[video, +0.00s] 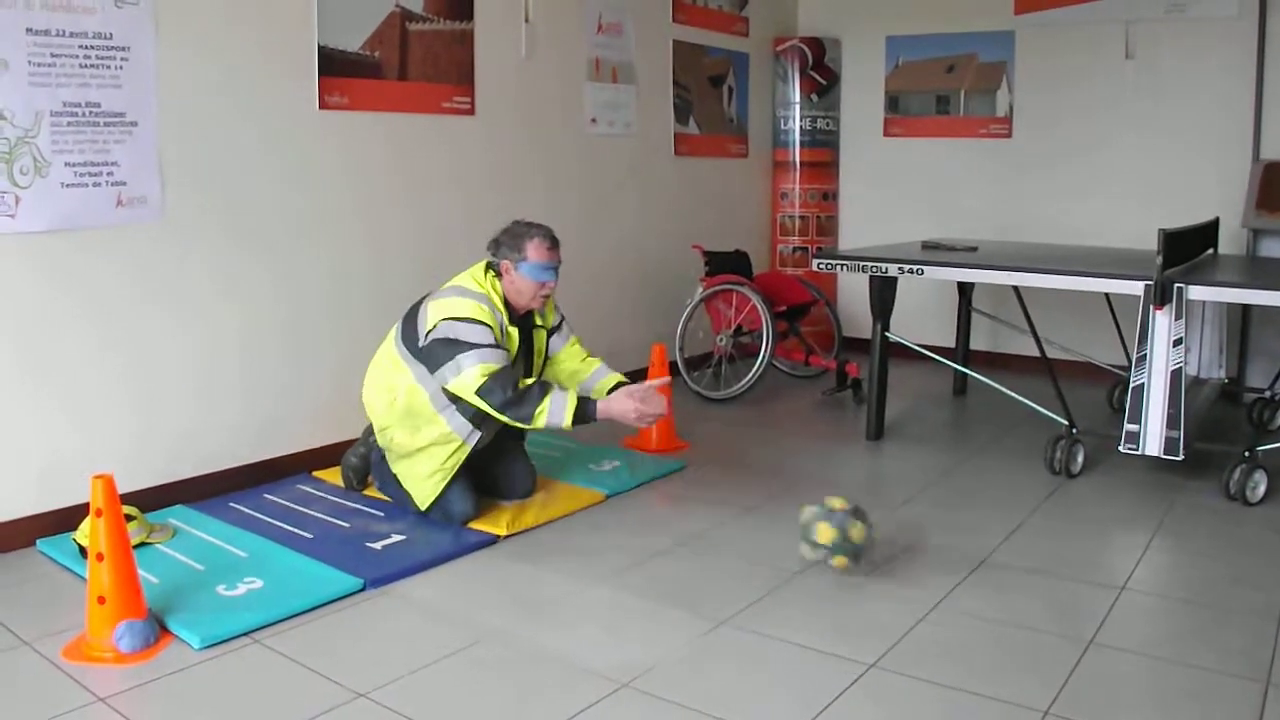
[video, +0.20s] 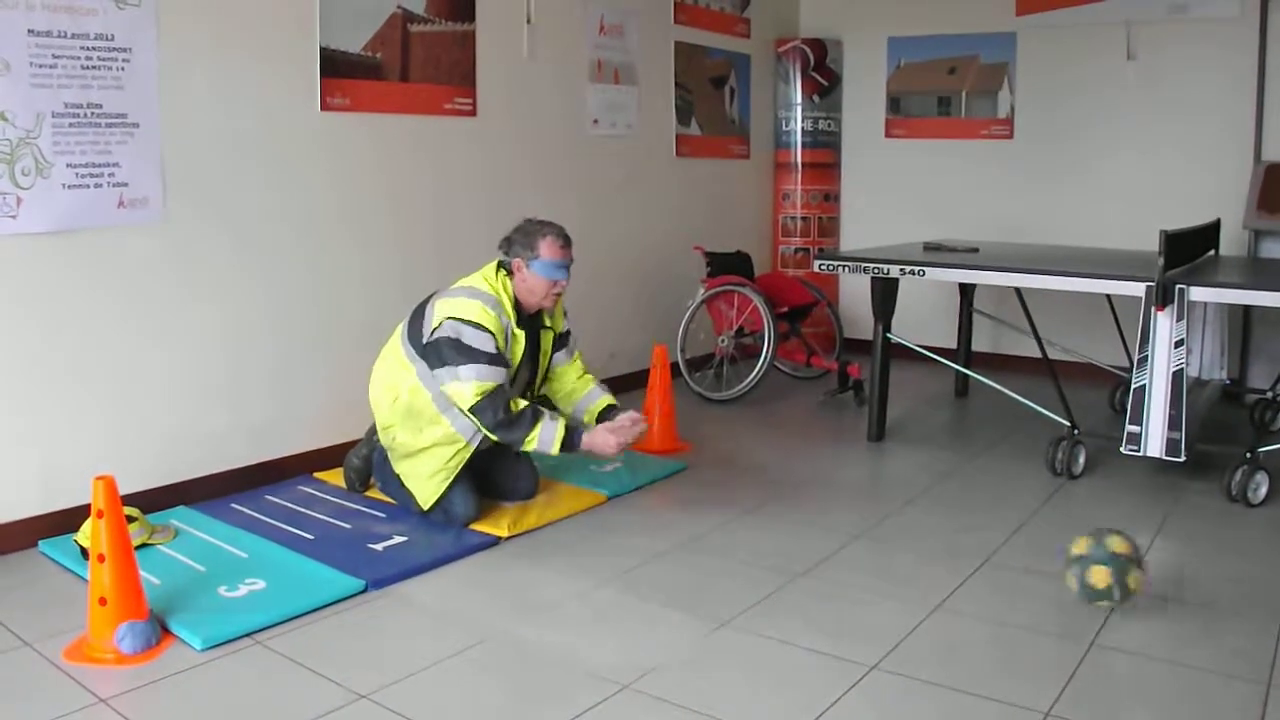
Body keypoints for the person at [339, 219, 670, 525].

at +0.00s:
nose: (550, 286)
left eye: (554, 274)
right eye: (541, 274)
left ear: (559, 272)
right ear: (505, 271)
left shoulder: (536, 305)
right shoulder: (462, 313)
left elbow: (570, 362)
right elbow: (504, 397)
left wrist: (622, 392)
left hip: (471, 405)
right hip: (410, 416)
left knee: (516, 485)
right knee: (456, 509)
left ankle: (432, 447)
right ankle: (377, 455)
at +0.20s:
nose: (562, 286)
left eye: (566, 275)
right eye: (553, 275)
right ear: (518, 269)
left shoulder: (547, 307)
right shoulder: (468, 314)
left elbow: (566, 378)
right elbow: (493, 413)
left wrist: (609, 415)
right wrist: (581, 439)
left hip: (467, 412)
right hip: (413, 421)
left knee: (519, 485)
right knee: (457, 511)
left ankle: (427, 449)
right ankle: (378, 455)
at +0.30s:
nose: (569, 290)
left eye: (573, 279)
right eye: (560, 279)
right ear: (524, 272)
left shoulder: (551, 316)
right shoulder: (471, 317)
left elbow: (556, 388)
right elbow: (465, 419)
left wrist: (584, 444)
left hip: (473, 414)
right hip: (411, 421)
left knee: (520, 490)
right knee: (459, 510)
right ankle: (379, 456)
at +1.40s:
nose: (569, 302)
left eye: (574, 292)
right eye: (560, 290)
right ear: (526, 283)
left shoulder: (554, 334)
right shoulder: (472, 319)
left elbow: (553, 411)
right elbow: (438, 412)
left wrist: (571, 484)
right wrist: (441, 513)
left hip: (482, 420)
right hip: (409, 425)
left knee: (526, 491)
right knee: (467, 515)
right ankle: (385, 468)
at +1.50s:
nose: (572, 303)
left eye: (576, 292)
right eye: (562, 291)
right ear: (529, 284)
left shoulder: (556, 335)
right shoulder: (475, 321)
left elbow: (555, 412)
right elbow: (440, 414)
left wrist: (572, 486)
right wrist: (442, 514)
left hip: (482, 419)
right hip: (409, 424)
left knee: (526, 491)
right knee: (465, 518)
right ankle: (386, 466)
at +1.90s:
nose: (572, 305)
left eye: (578, 293)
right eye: (563, 292)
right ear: (530, 287)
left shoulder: (558, 336)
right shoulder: (477, 323)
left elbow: (556, 413)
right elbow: (441, 416)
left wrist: (573, 488)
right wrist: (444, 517)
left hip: (481, 419)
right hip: (410, 425)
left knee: (528, 492)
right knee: (469, 517)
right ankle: (387, 467)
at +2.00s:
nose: (572, 304)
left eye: (577, 293)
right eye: (562, 292)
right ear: (529, 286)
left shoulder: (558, 338)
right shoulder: (476, 323)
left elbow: (555, 414)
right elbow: (441, 418)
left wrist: (573, 488)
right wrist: (444, 517)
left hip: (481, 420)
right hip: (410, 426)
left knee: (527, 493)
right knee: (469, 517)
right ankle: (387, 467)